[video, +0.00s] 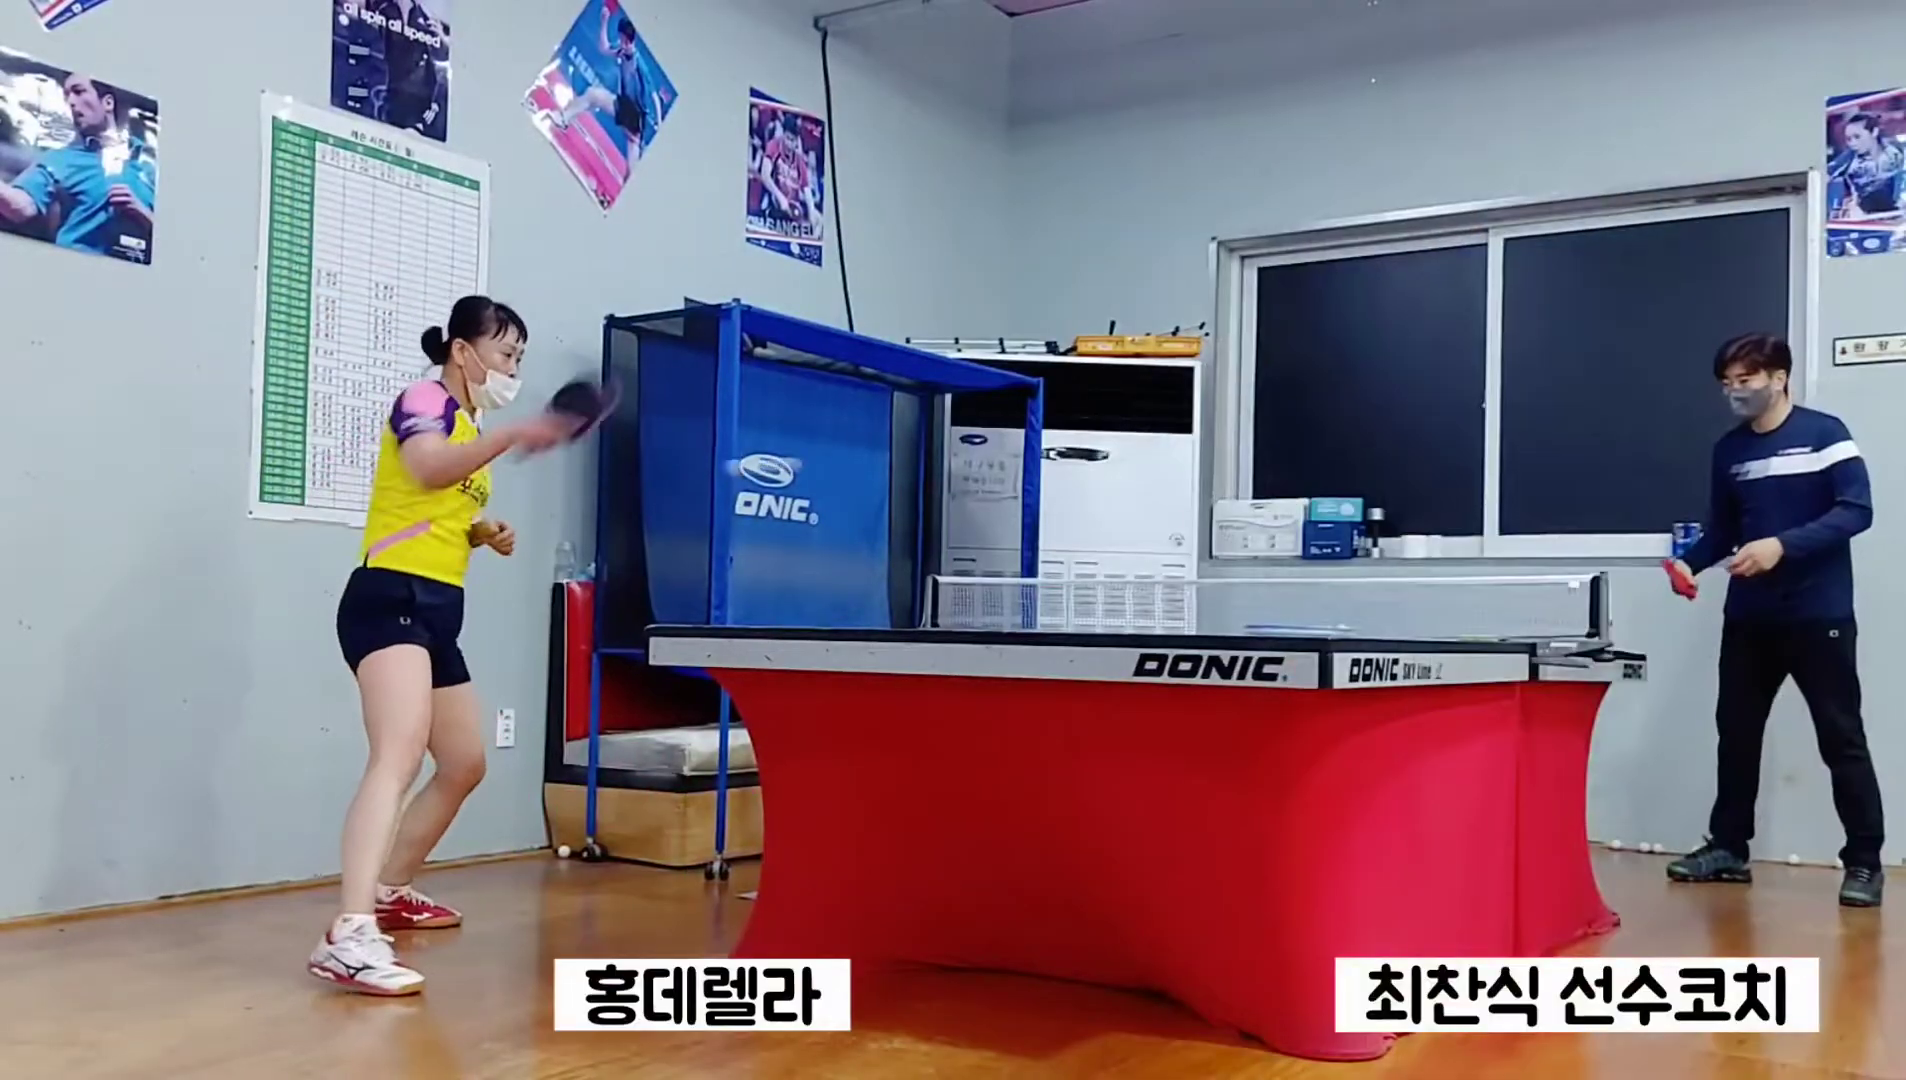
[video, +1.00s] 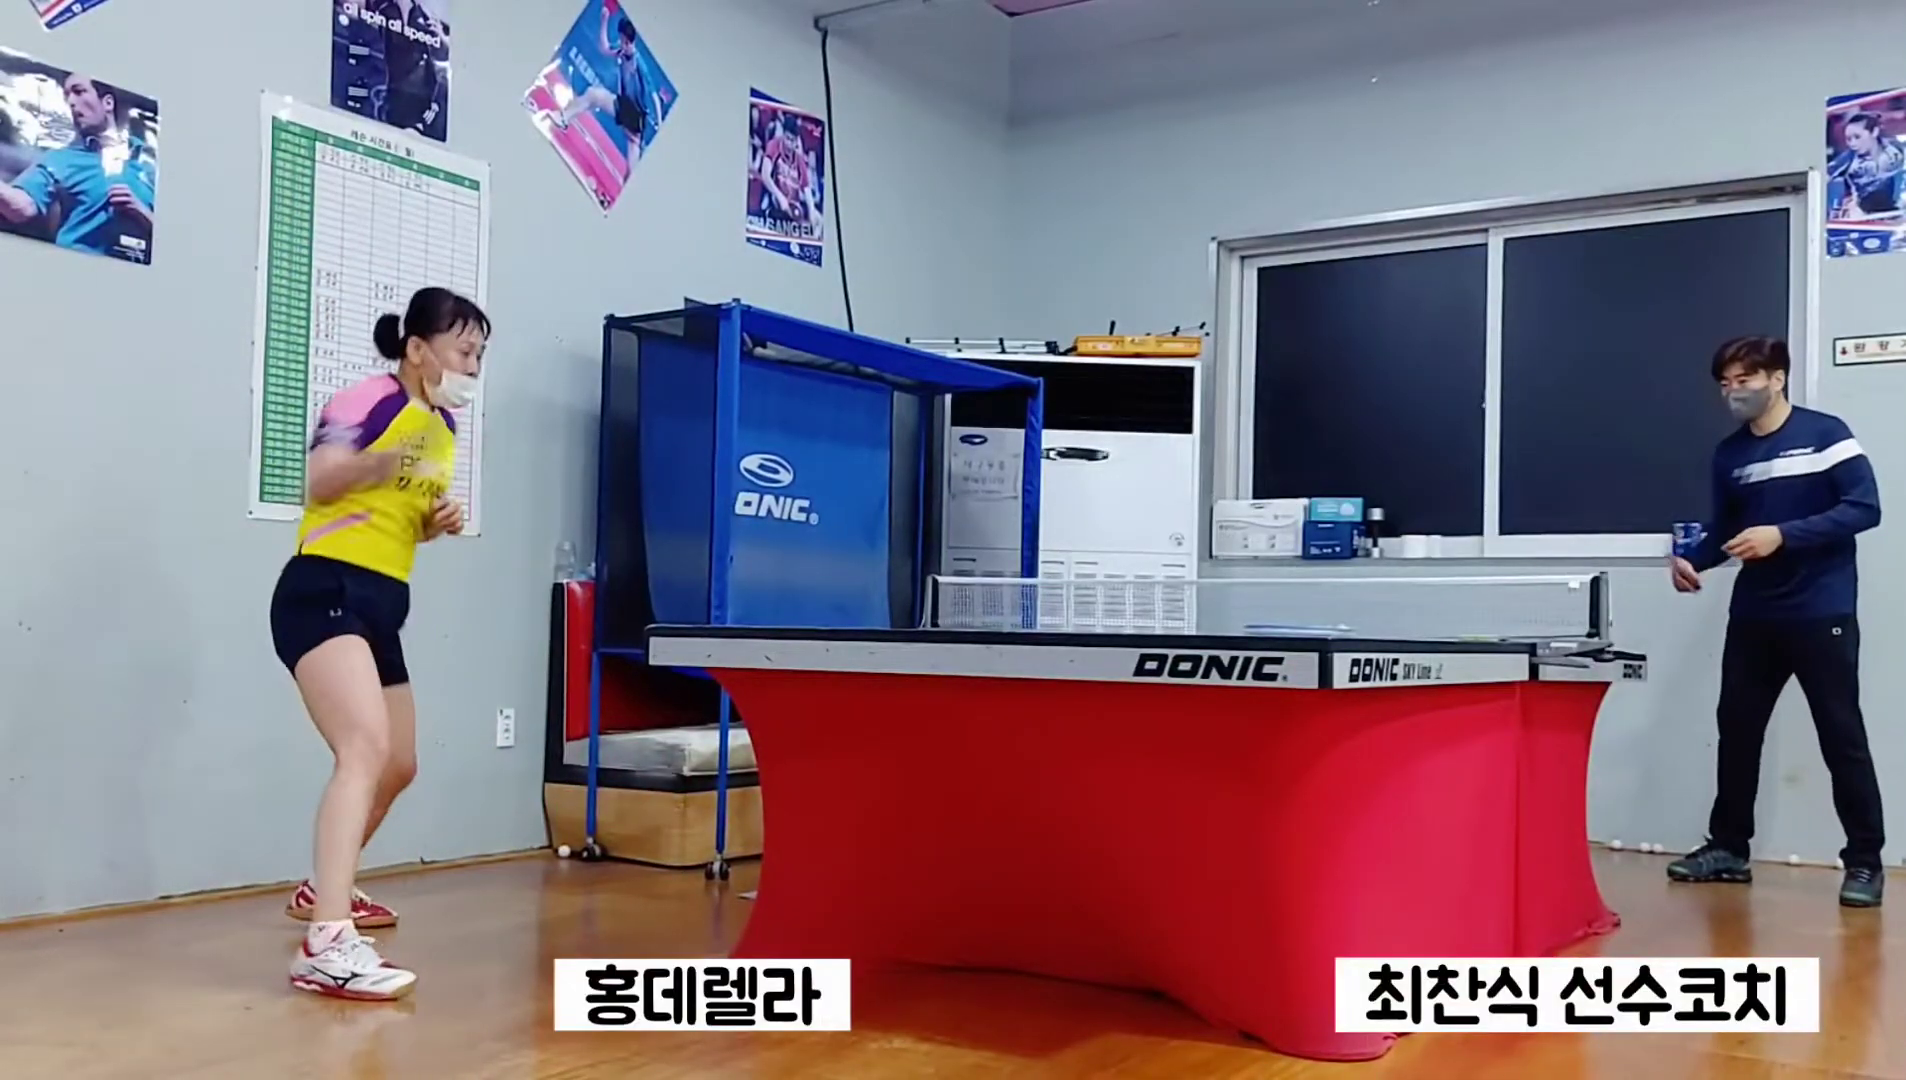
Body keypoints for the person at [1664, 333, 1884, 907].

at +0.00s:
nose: (1738, 388)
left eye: (1748, 376)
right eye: (1730, 381)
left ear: (1780, 378)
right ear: (1725, 388)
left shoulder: (1825, 433)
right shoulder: (1729, 449)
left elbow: (1857, 510)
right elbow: (1722, 532)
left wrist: (1782, 544)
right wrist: (1689, 560)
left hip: (1821, 618)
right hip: (1750, 619)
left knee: (1843, 742)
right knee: (1736, 733)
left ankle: (1863, 864)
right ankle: (1729, 848)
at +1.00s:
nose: (1736, 387)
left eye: (1747, 376)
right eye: (1728, 381)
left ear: (1778, 378)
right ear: (1723, 389)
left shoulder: (1827, 433)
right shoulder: (1730, 453)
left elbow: (1864, 508)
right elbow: (1725, 533)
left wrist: (1784, 533)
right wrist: (1692, 558)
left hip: (1823, 616)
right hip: (1754, 617)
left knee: (1842, 739)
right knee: (1737, 732)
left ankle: (1864, 864)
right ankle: (1729, 848)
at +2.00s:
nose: (1735, 390)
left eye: (1746, 379)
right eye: (1727, 384)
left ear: (1776, 380)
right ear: (1723, 392)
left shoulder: (1825, 433)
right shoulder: (1731, 452)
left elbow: (1861, 508)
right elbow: (1727, 532)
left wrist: (1776, 530)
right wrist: (1694, 565)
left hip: (1822, 617)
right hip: (1753, 618)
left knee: (1842, 740)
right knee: (1733, 731)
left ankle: (1864, 863)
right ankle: (1729, 849)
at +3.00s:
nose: (1741, 392)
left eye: (1752, 380)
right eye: (1734, 386)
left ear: (1783, 380)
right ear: (1729, 393)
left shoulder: (1833, 435)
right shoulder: (1736, 453)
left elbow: (1869, 510)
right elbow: (1731, 533)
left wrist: (1787, 534)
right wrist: (1700, 566)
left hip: (1827, 618)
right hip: (1757, 618)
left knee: (1844, 740)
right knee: (1738, 732)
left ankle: (1863, 864)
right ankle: (1729, 849)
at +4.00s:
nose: (1717, 395)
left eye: (1728, 384)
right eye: (1710, 388)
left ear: (1761, 384)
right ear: (1705, 395)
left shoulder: (1809, 436)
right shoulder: (1710, 458)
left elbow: (1848, 509)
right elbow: (1714, 534)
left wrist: (1767, 534)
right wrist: (1685, 564)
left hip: (1808, 615)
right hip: (1738, 616)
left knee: (1835, 737)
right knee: (1717, 725)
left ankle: (1863, 862)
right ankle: (1727, 848)